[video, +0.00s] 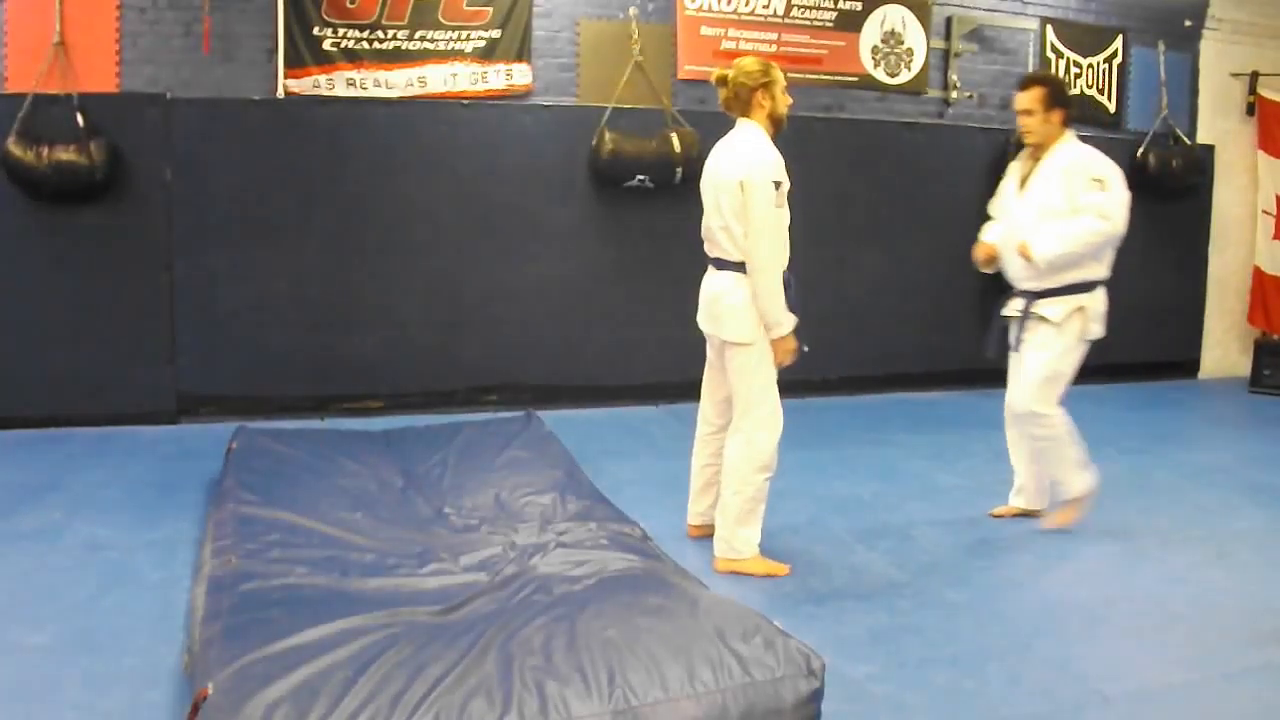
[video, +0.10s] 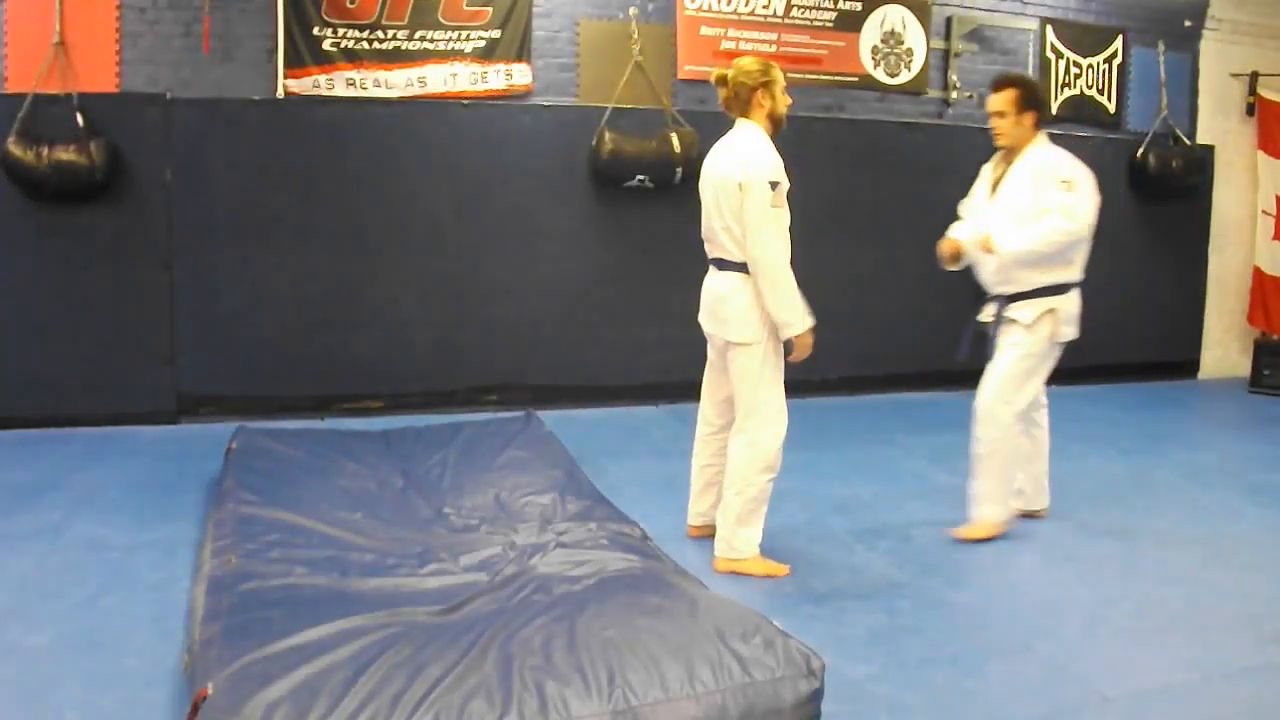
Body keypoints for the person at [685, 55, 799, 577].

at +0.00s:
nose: (789, 100)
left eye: (786, 91)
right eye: (784, 92)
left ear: (745, 99)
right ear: (763, 97)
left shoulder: (724, 150)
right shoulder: (762, 158)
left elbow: (718, 238)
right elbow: (765, 254)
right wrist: (780, 328)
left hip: (716, 286)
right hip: (744, 294)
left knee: (718, 410)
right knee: (760, 421)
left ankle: (703, 515)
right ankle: (737, 549)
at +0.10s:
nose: (788, 102)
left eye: (785, 92)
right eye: (782, 93)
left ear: (740, 98)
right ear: (763, 98)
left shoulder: (721, 151)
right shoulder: (760, 159)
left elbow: (719, 239)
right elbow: (767, 252)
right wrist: (797, 321)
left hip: (718, 286)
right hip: (747, 294)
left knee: (718, 410)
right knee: (763, 424)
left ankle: (703, 514)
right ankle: (737, 547)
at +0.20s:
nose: (786, 103)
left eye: (783, 93)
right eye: (781, 94)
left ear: (738, 99)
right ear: (763, 98)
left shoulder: (718, 152)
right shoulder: (760, 157)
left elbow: (723, 236)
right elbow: (774, 242)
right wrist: (849, 269)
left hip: (717, 288)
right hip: (749, 295)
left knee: (719, 410)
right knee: (763, 421)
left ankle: (703, 515)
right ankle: (736, 548)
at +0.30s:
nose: (787, 104)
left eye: (785, 96)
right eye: (783, 96)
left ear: (740, 101)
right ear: (764, 100)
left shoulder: (720, 151)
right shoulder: (765, 159)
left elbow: (747, 213)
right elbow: (814, 223)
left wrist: (797, 186)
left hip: (710, 290)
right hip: (747, 299)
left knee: (717, 413)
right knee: (764, 424)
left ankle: (703, 516)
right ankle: (738, 549)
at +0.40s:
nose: (788, 111)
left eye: (787, 102)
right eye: (785, 102)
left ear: (747, 105)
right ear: (763, 104)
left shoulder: (726, 152)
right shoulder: (759, 156)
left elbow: (749, 227)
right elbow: (822, 212)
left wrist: (795, 241)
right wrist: (851, 186)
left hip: (711, 294)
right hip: (738, 302)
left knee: (740, 413)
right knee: (763, 426)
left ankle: (711, 511)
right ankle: (737, 551)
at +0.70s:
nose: (783, 122)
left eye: (782, 111)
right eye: (778, 112)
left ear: (748, 110)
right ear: (750, 110)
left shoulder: (746, 162)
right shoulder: (718, 164)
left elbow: (739, 247)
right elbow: (755, 245)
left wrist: (770, 278)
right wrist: (807, 206)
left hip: (741, 305)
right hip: (708, 307)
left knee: (762, 428)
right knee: (739, 424)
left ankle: (743, 525)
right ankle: (696, 543)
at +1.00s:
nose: (761, 122)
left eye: (762, 114)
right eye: (758, 112)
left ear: (727, 108)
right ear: (732, 108)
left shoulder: (724, 160)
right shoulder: (693, 162)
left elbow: (751, 231)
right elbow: (734, 241)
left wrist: (767, 276)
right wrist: (783, 192)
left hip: (716, 303)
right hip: (683, 303)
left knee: (745, 421)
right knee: (690, 426)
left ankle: (746, 524)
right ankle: (643, 535)